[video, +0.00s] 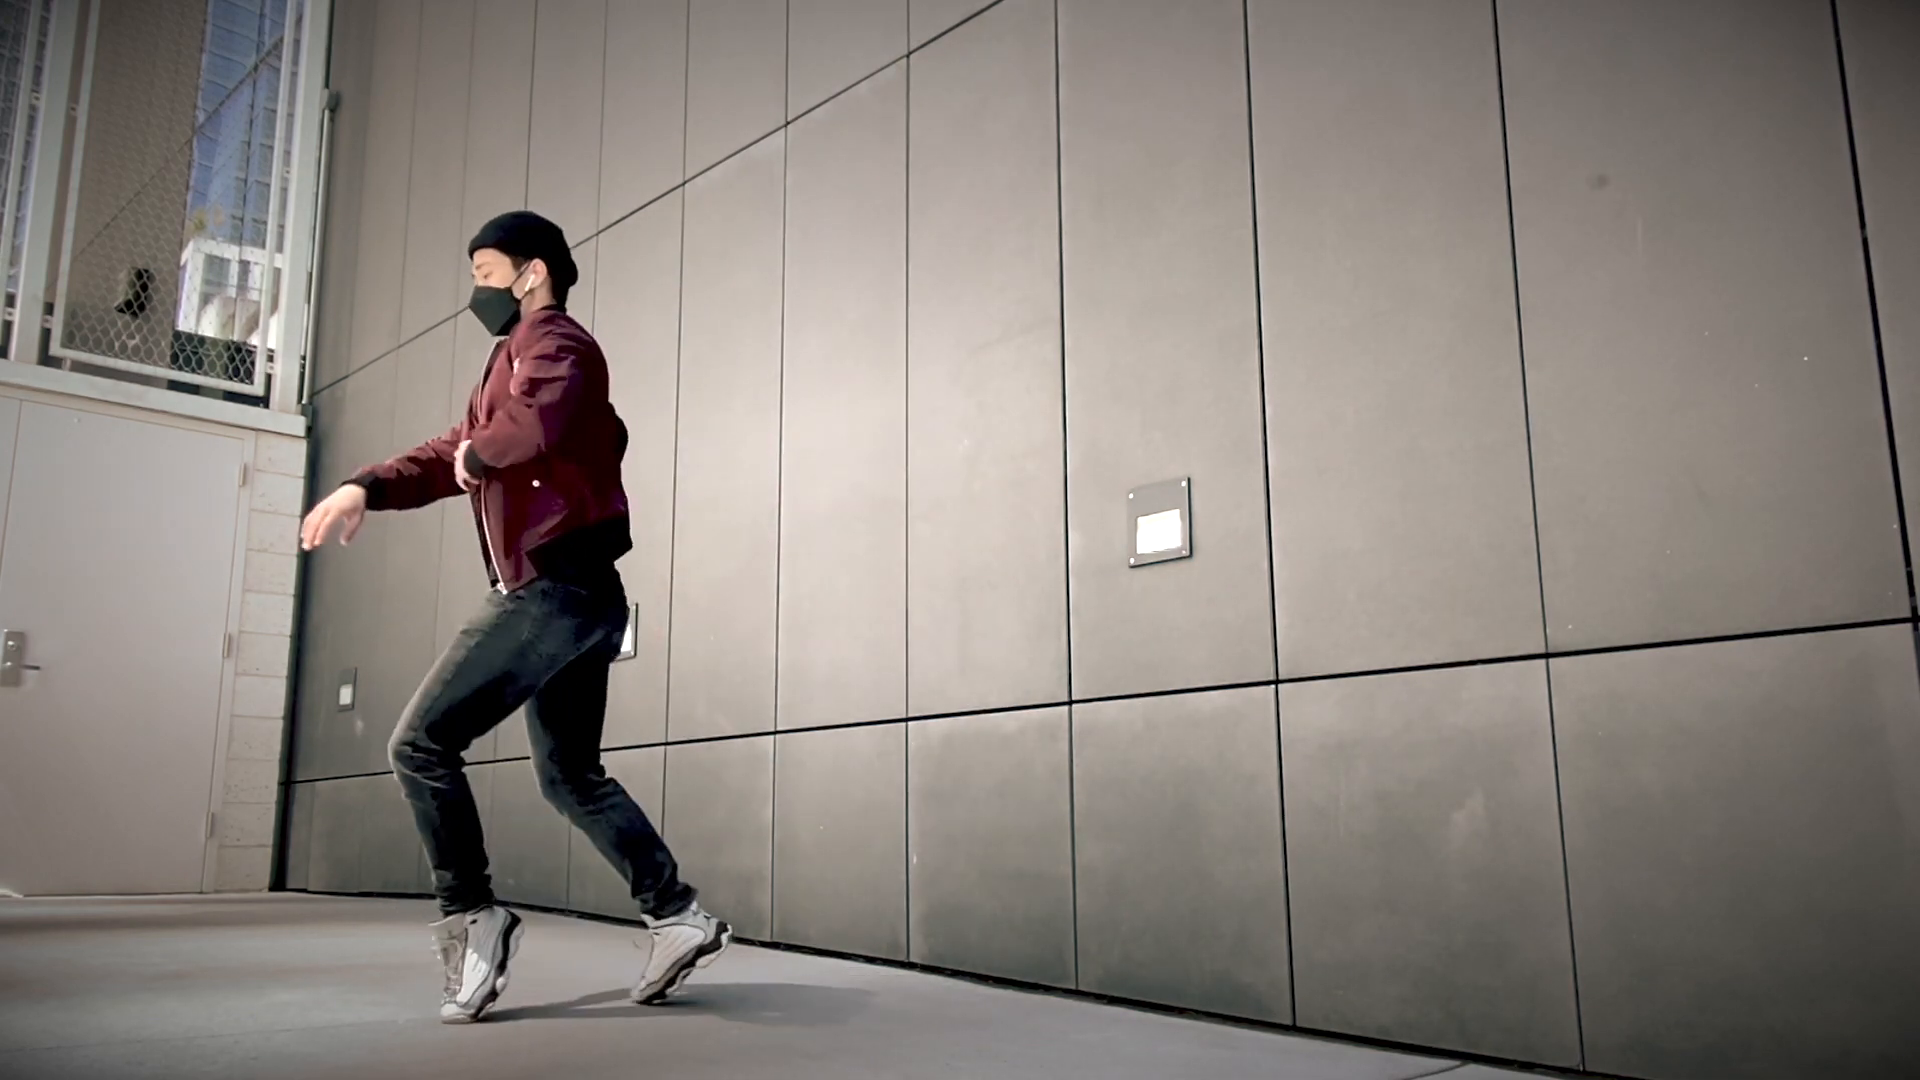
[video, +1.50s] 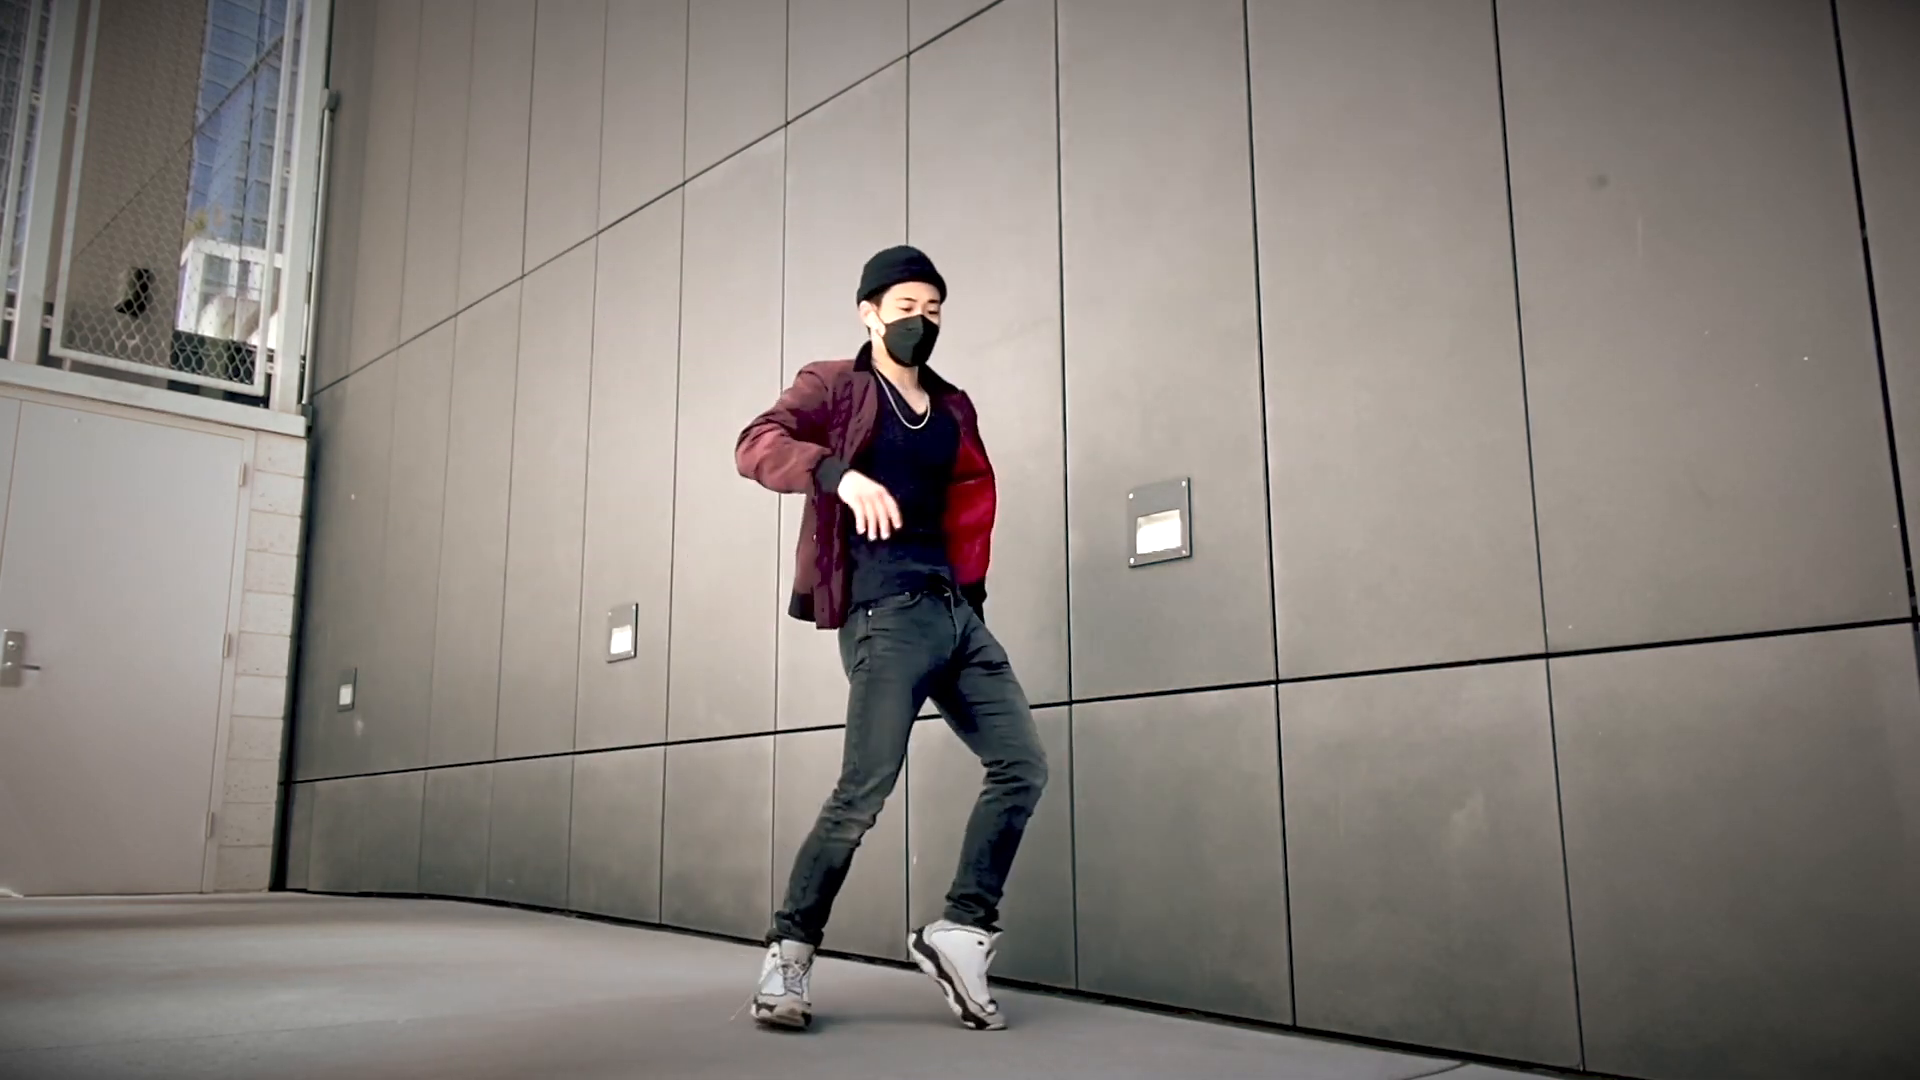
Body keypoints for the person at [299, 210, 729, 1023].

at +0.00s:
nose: (475, 289)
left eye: (485, 273)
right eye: (474, 276)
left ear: (533, 274)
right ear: (526, 279)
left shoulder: (553, 338)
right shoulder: (512, 362)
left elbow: (537, 424)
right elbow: (452, 455)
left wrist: (472, 456)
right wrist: (362, 489)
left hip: (552, 593)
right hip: (576, 595)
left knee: (421, 747)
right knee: (572, 776)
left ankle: (474, 922)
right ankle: (679, 917)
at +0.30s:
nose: (536, 289)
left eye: (551, 273)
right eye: (529, 277)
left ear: (600, 277)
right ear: (528, 284)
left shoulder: (628, 337)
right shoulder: (536, 383)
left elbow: (731, 381)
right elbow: (473, 452)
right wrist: (469, 437)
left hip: (584, 585)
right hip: (615, 594)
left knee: (473, 741)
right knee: (556, 772)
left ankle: (506, 922)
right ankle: (671, 904)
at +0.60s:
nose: (672, 278)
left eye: (688, 268)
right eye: (657, 266)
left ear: (709, 284)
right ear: (633, 281)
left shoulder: (744, 357)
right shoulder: (603, 376)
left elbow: (821, 427)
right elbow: (510, 421)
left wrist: (868, 513)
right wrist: (603, 384)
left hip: (708, 581)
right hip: (650, 596)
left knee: (687, 755)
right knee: (588, 758)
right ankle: (671, 934)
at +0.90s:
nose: (762, 304)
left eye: (776, 294)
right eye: (746, 291)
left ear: (793, 308)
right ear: (717, 301)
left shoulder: (823, 393)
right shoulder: (680, 386)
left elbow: (848, 498)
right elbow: (592, 398)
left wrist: (851, 590)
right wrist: (690, 387)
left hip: (802, 606)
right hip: (718, 616)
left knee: (850, 787)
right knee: (684, 781)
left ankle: (961, 928)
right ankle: (748, 939)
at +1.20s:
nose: (849, 311)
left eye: (861, 303)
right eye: (833, 300)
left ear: (874, 317)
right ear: (800, 314)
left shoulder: (901, 405)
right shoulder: (768, 399)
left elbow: (907, 513)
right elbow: (698, 428)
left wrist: (923, 607)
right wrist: (788, 405)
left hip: (910, 613)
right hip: (823, 619)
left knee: (1010, 752)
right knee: (791, 797)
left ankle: (977, 926)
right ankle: (774, 961)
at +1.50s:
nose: (924, 312)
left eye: (933, 304)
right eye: (907, 301)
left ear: (941, 319)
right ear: (869, 313)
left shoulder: (951, 405)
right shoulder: (836, 385)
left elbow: (966, 502)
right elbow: (756, 446)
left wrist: (969, 599)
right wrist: (839, 474)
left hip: (956, 614)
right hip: (885, 617)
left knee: (1022, 770)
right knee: (862, 793)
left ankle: (963, 932)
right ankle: (790, 954)